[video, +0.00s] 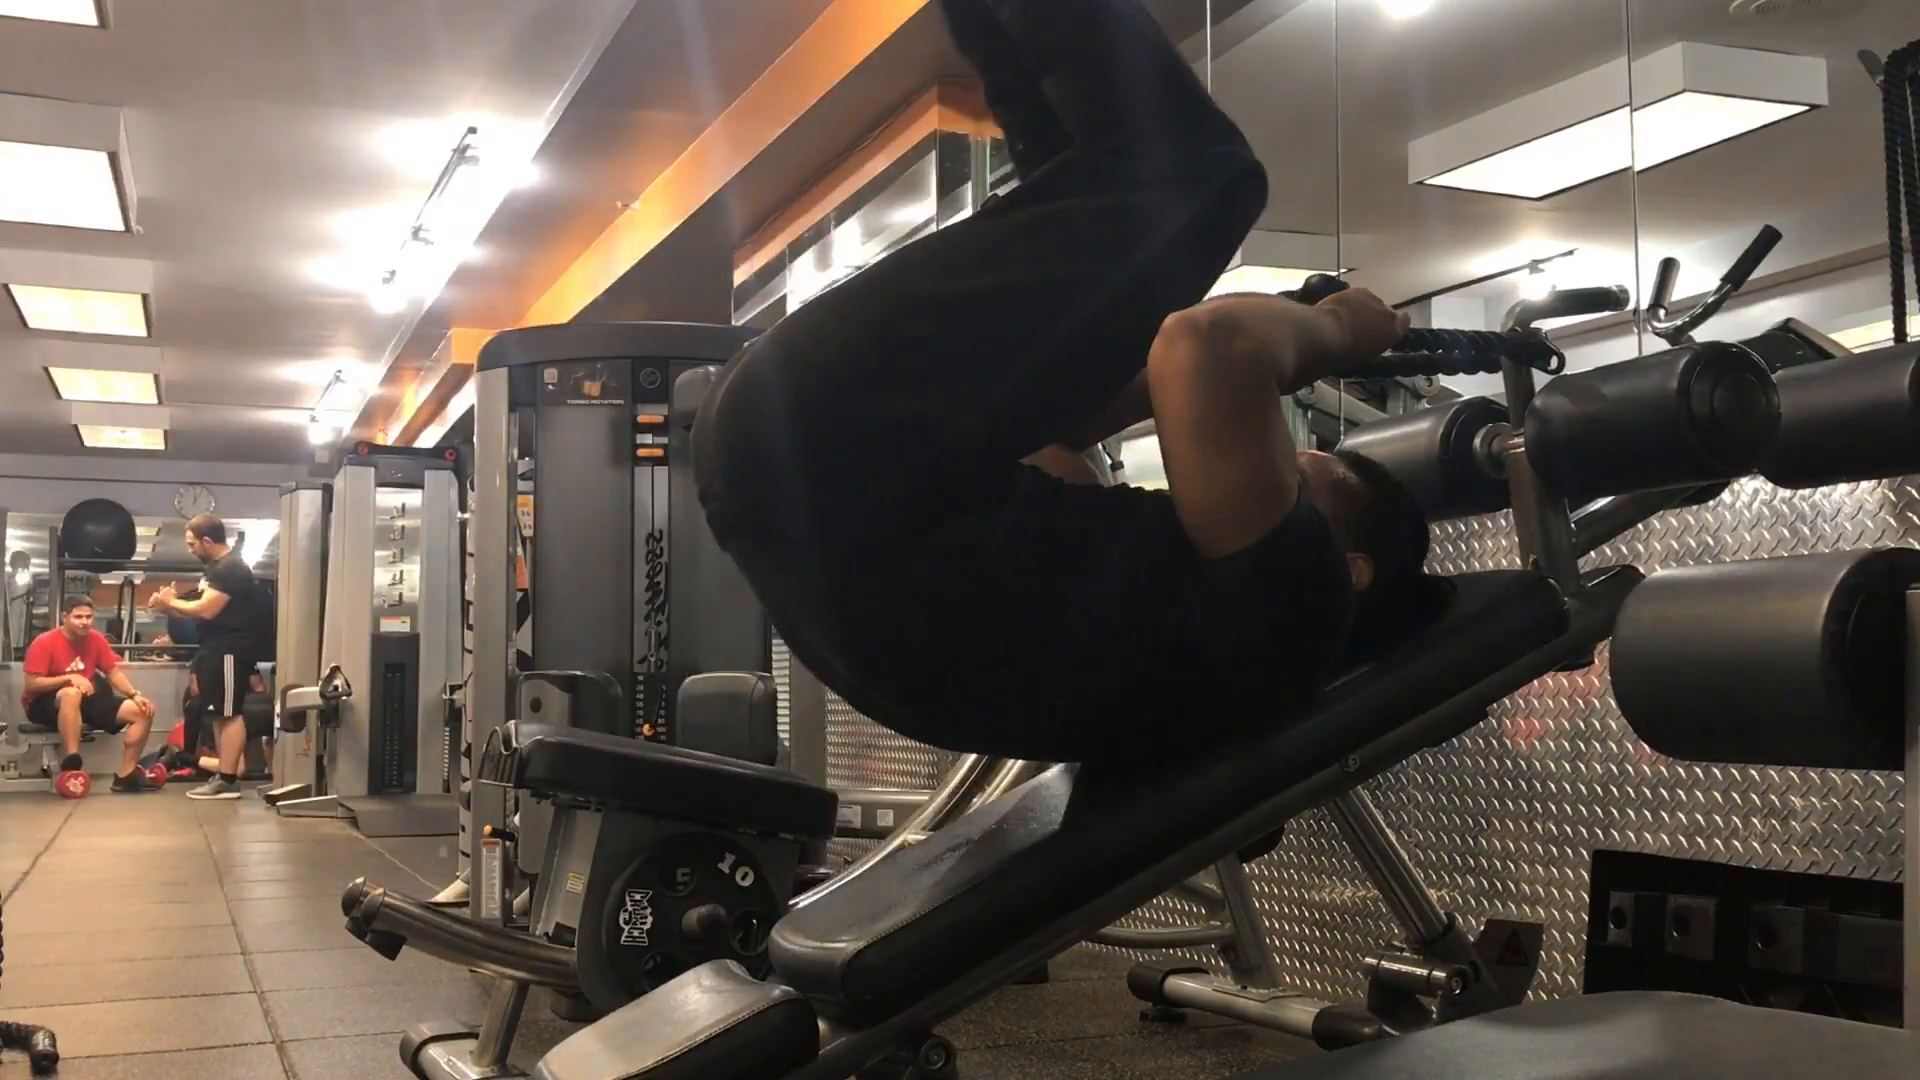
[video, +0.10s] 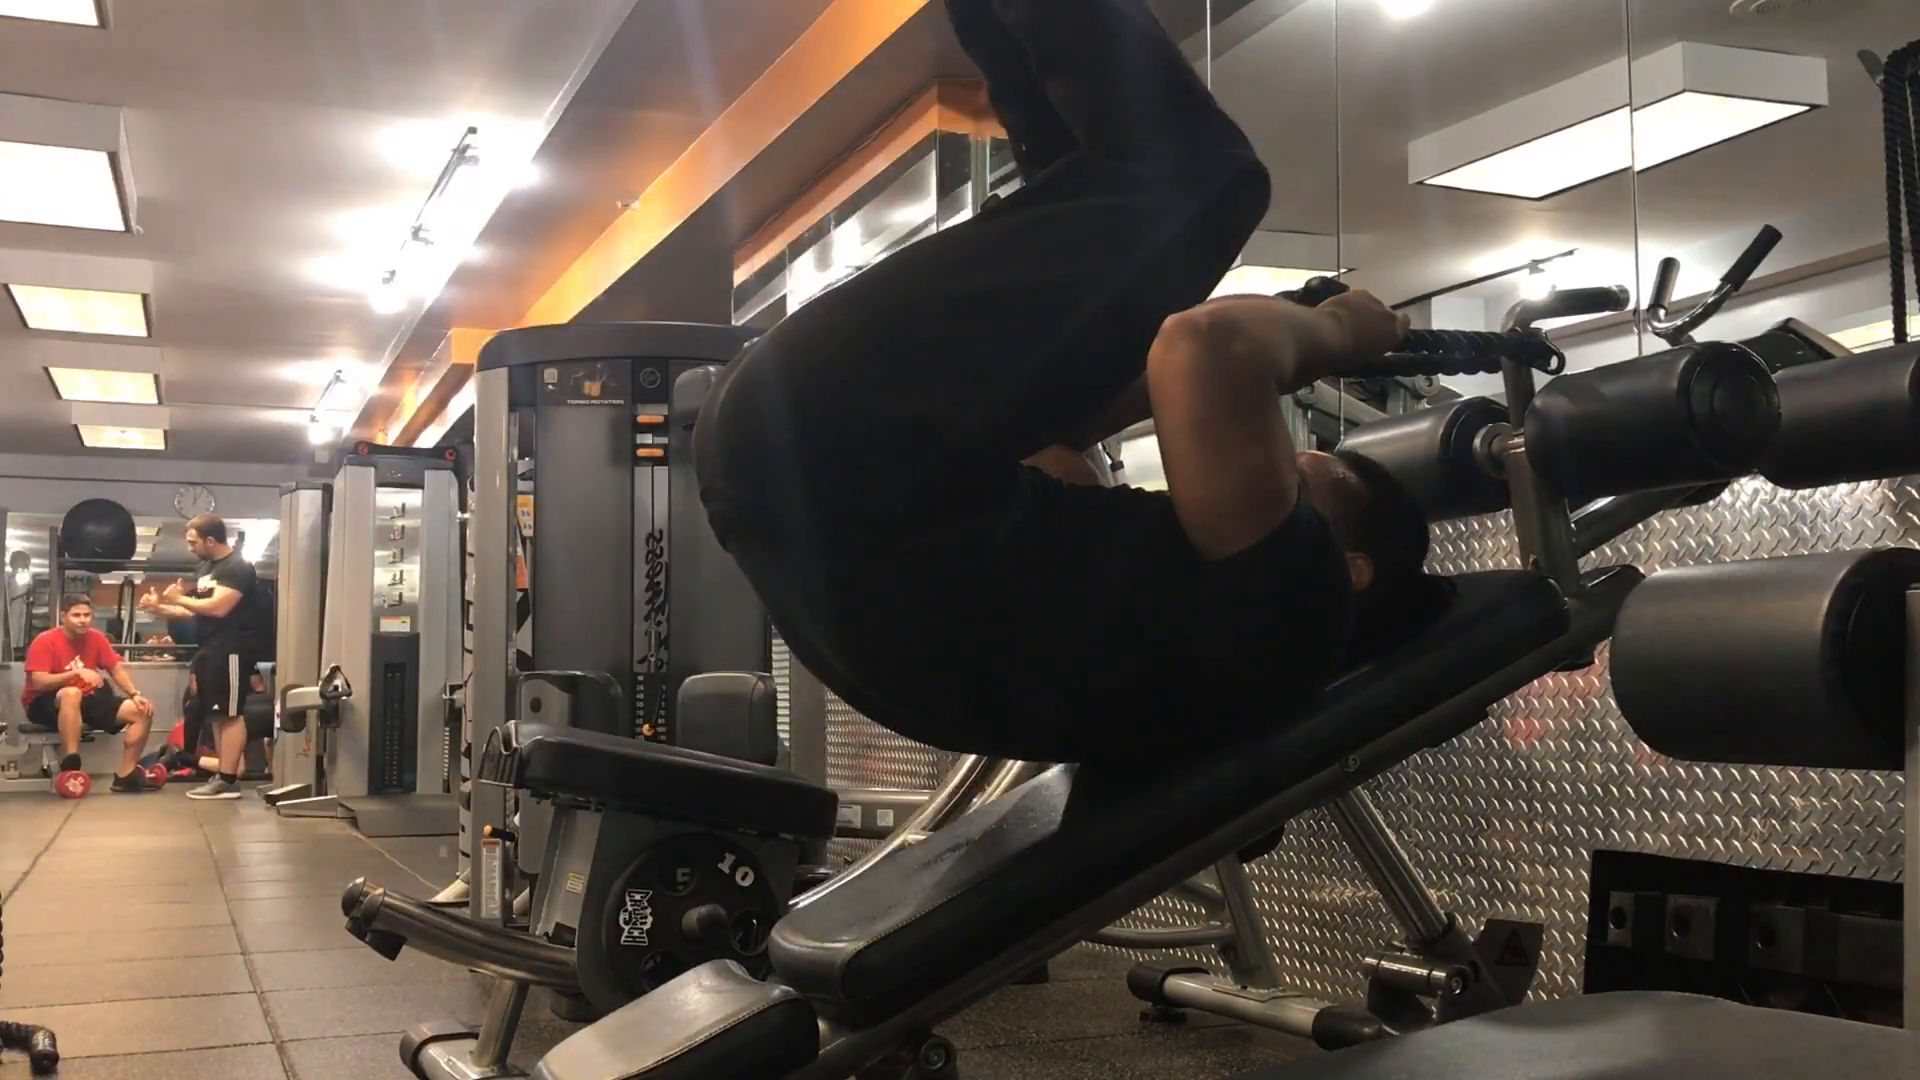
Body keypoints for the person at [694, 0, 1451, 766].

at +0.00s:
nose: (1291, 461)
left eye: (1325, 469)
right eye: (1308, 459)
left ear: (1351, 566)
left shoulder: (1296, 607)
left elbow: (1201, 349)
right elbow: (1044, 442)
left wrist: (1335, 327)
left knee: (1200, 179)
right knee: (1127, 200)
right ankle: (977, 28)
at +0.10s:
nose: (1290, 462)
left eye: (1323, 470)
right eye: (1305, 461)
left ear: (1354, 565)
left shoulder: (1296, 608)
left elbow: (1200, 350)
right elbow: (1046, 438)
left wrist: (1334, 329)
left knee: (1203, 183)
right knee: (1117, 200)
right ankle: (976, 19)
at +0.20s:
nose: (1294, 463)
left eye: (1327, 472)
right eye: (1308, 461)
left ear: (1353, 568)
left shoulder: (1298, 606)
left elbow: (1201, 349)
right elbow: (1048, 440)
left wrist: (1335, 330)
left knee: (1184, 187)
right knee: (1104, 208)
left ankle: (948, 16)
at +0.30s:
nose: (1300, 461)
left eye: (1330, 473)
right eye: (1314, 459)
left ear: (1355, 563)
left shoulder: (1294, 618)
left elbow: (1197, 349)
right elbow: (1045, 412)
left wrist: (1333, 330)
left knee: (1137, 195)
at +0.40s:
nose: (1307, 451)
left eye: (1332, 465)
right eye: (1322, 450)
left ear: (1348, 558)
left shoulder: (1292, 605)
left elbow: (1210, 336)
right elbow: (1035, 410)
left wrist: (1330, 324)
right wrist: (1198, 376)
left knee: (1068, 204)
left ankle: (737, 17)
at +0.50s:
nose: (1296, 444)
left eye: (1325, 457)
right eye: (1311, 440)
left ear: (1341, 543)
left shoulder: (1283, 599)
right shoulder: (1134, 593)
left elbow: (1211, 338)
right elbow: (1025, 405)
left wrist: (1333, 318)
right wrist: (1206, 371)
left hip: (758, 675)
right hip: (710, 667)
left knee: (973, 213)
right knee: (956, 233)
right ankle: (576, 61)